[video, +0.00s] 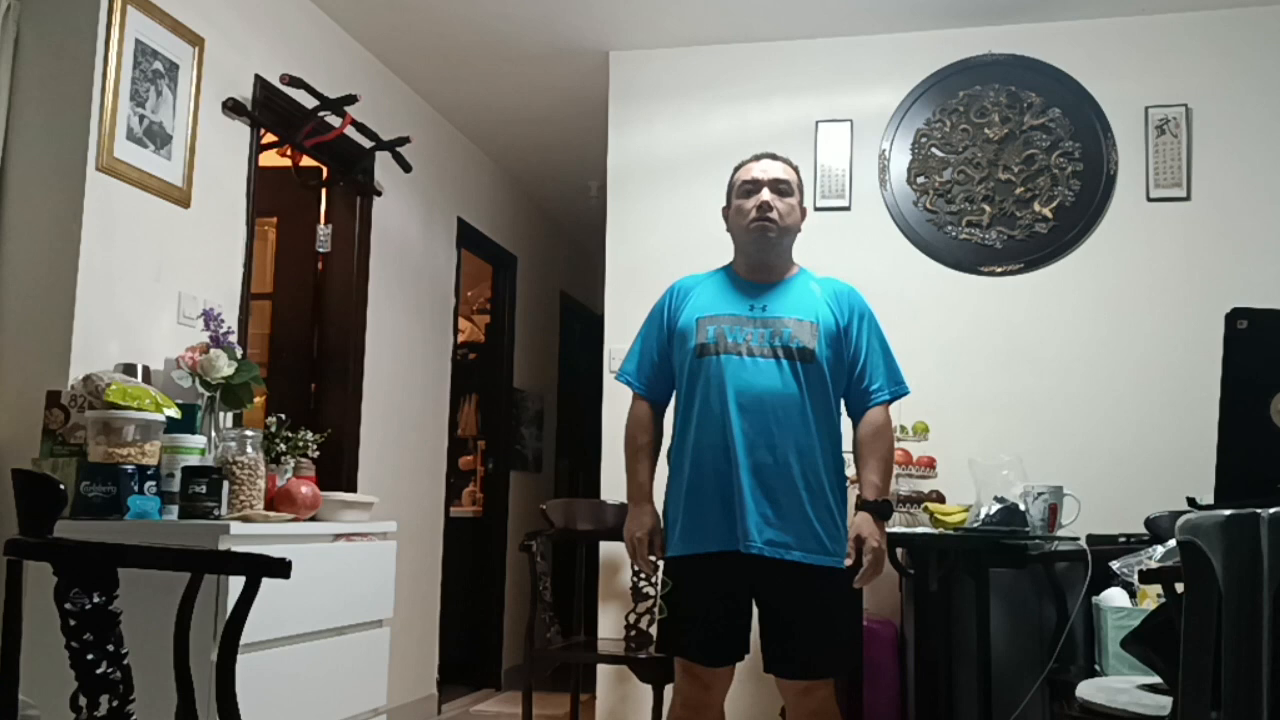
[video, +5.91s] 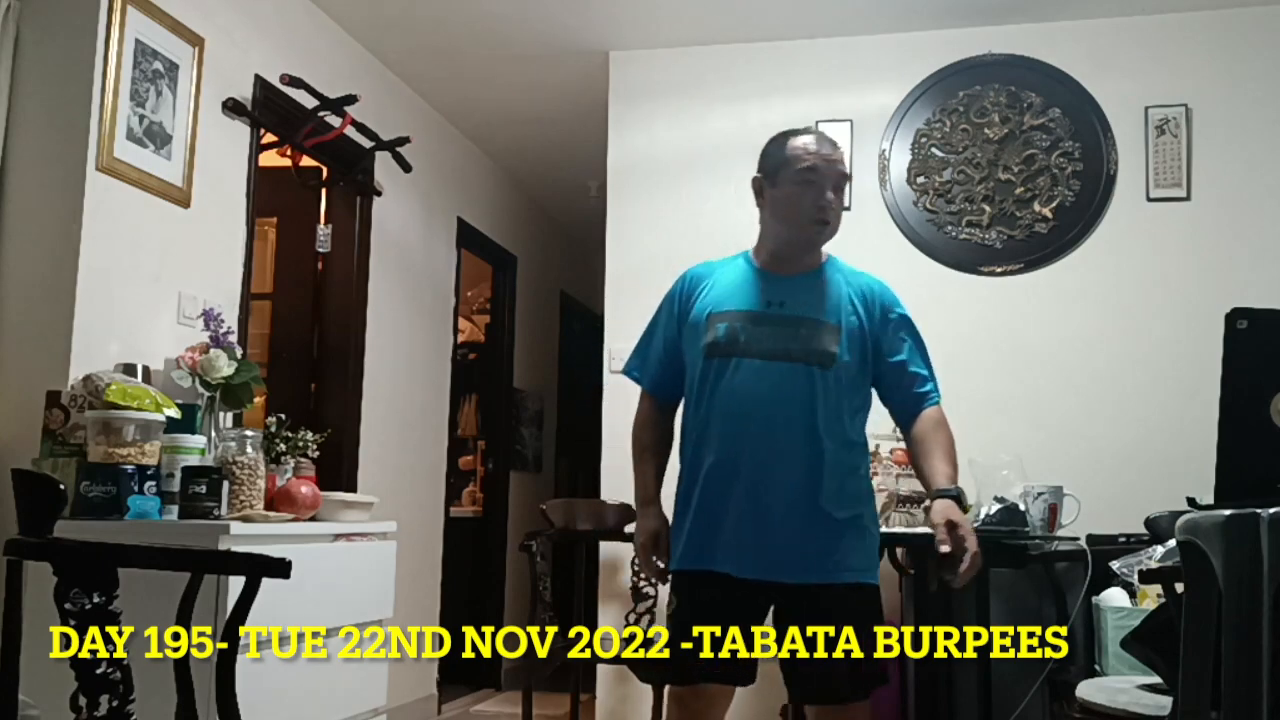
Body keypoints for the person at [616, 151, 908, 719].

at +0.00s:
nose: (764, 198)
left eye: (781, 190)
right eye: (748, 189)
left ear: (802, 215)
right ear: (727, 215)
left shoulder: (840, 303)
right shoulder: (684, 298)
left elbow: (874, 409)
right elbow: (645, 404)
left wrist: (872, 509)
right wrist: (640, 502)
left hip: (808, 537)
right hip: (702, 531)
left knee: (811, 693)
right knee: (699, 685)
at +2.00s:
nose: (757, 200)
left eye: (773, 192)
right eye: (741, 193)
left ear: (794, 216)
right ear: (719, 218)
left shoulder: (837, 302)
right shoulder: (681, 301)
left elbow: (875, 407)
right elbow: (645, 409)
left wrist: (871, 507)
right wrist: (641, 509)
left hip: (811, 541)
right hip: (704, 537)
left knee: (814, 699)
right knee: (698, 692)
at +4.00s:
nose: (760, 199)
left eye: (776, 190)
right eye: (743, 191)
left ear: (795, 215)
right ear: (719, 215)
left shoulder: (838, 303)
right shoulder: (681, 302)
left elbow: (874, 411)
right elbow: (647, 410)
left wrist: (870, 511)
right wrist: (643, 510)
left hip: (810, 544)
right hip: (705, 540)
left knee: (814, 701)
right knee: (698, 694)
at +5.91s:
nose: (828, 197)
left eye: (838, 185)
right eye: (809, 180)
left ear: (847, 200)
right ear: (761, 191)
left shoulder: (871, 301)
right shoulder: (699, 289)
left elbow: (921, 408)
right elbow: (655, 406)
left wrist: (945, 495)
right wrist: (648, 508)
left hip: (833, 559)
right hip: (716, 549)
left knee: (840, 710)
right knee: (692, 705)